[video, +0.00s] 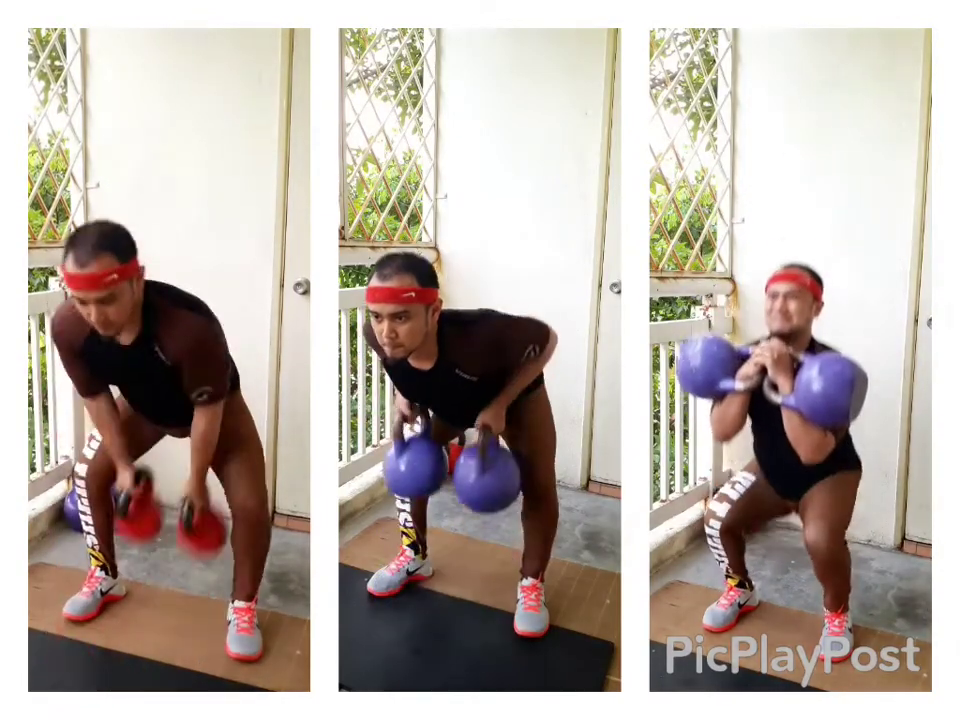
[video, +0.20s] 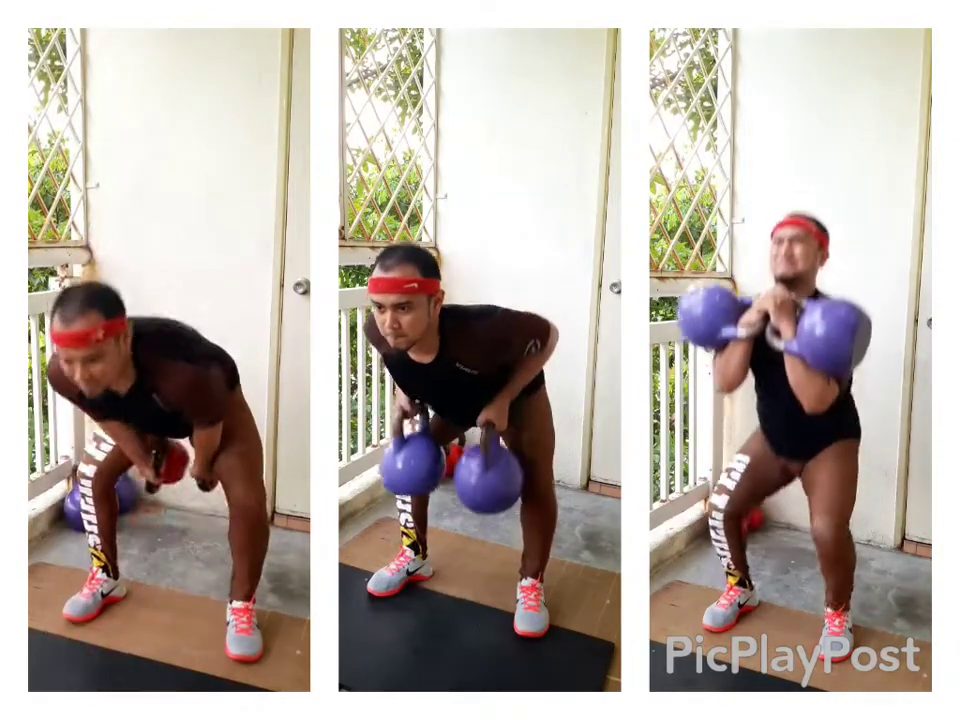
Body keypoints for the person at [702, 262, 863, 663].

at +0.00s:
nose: (779, 305)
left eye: (792, 297)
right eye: (772, 296)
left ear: (816, 309)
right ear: (765, 306)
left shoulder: (830, 366)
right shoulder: (747, 357)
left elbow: (814, 451)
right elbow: (721, 431)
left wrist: (785, 384)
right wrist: (743, 382)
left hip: (830, 472)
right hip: (774, 471)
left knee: (821, 540)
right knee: (724, 521)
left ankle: (837, 615)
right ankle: (740, 588)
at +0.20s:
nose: (786, 250)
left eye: (798, 242)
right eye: (779, 241)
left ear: (821, 254)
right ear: (769, 252)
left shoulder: (832, 318)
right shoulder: (752, 312)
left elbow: (817, 399)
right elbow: (725, 381)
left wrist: (789, 331)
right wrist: (749, 326)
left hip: (830, 441)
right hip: (774, 437)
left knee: (828, 531)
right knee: (724, 508)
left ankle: (837, 613)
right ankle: (739, 586)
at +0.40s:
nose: (797, 192)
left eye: (811, 185)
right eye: (790, 183)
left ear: (832, 204)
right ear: (777, 197)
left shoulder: (840, 262)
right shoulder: (754, 254)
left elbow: (820, 338)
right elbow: (730, 324)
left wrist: (793, 265)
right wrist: (754, 262)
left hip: (831, 415)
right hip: (772, 409)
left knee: (834, 518)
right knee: (738, 495)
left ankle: (837, 612)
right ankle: (740, 584)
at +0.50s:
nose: (802, 175)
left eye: (816, 169)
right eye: (795, 169)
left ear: (840, 188)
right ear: (783, 185)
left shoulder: (846, 246)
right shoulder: (761, 239)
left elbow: (821, 315)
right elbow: (735, 306)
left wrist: (798, 241)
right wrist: (761, 240)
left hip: (825, 407)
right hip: (766, 401)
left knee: (831, 514)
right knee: (745, 499)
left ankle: (836, 611)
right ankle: (739, 587)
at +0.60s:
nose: (806, 175)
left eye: (820, 169)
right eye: (800, 169)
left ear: (844, 187)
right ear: (789, 184)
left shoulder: (850, 245)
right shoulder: (767, 236)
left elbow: (822, 308)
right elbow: (738, 302)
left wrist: (802, 237)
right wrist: (763, 237)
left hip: (817, 404)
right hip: (759, 398)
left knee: (825, 509)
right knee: (750, 500)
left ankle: (836, 610)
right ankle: (740, 586)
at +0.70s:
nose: (810, 180)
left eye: (824, 175)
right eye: (803, 175)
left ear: (847, 195)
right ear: (791, 190)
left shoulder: (854, 254)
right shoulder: (769, 241)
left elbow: (824, 311)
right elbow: (738, 304)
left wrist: (805, 239)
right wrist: (766, 238)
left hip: (814, 407)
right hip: (755, 399)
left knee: (824, 511)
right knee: (749, 502)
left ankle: (836, 609)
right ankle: (740, 586)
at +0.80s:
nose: (811, 185)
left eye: (825, 180)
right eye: (804, 179)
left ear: (847, 199)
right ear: (792, 194)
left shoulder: (855, 258)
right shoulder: (768, 245)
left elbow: (826, 315)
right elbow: (738, 306)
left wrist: (807, 241)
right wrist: (767, 242)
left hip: (814, 407)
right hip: (753, 400)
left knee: (824, 511)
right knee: (749, 502)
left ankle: (836, 609)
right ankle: (740, 586)